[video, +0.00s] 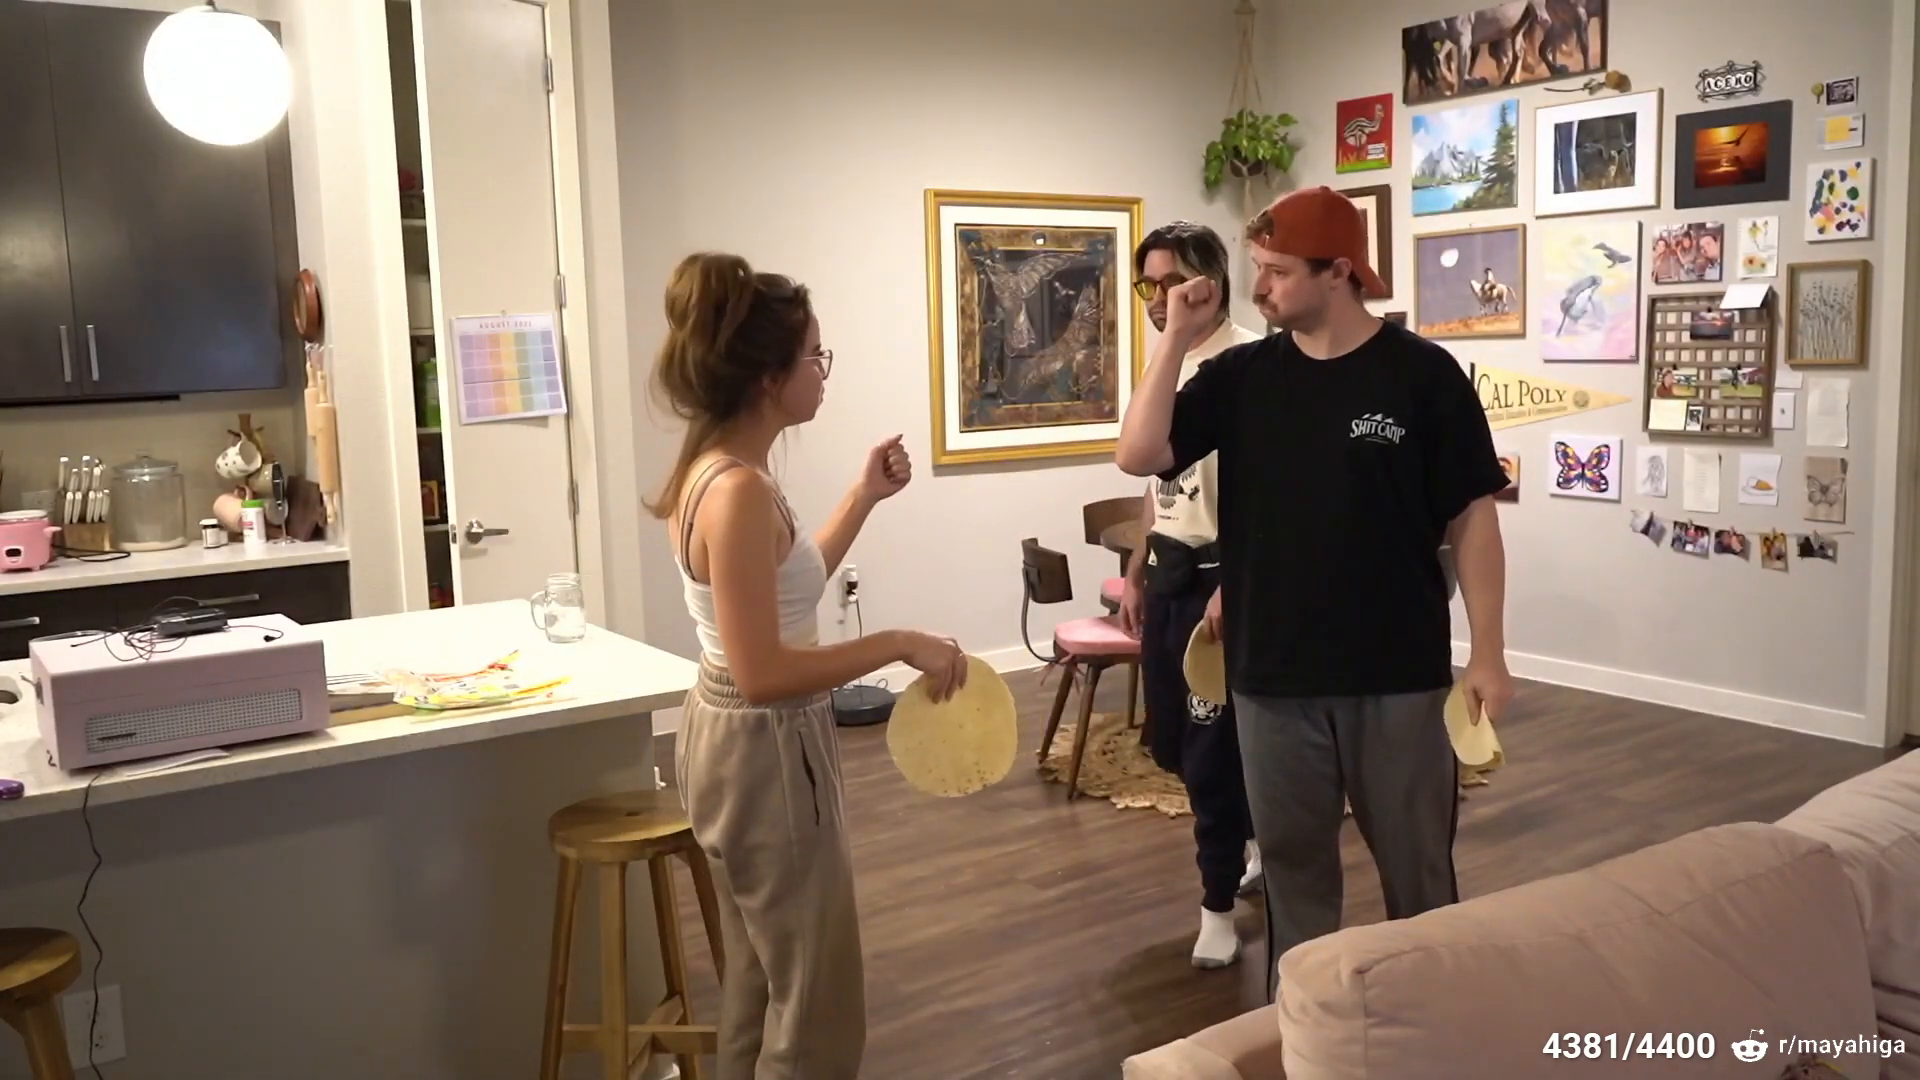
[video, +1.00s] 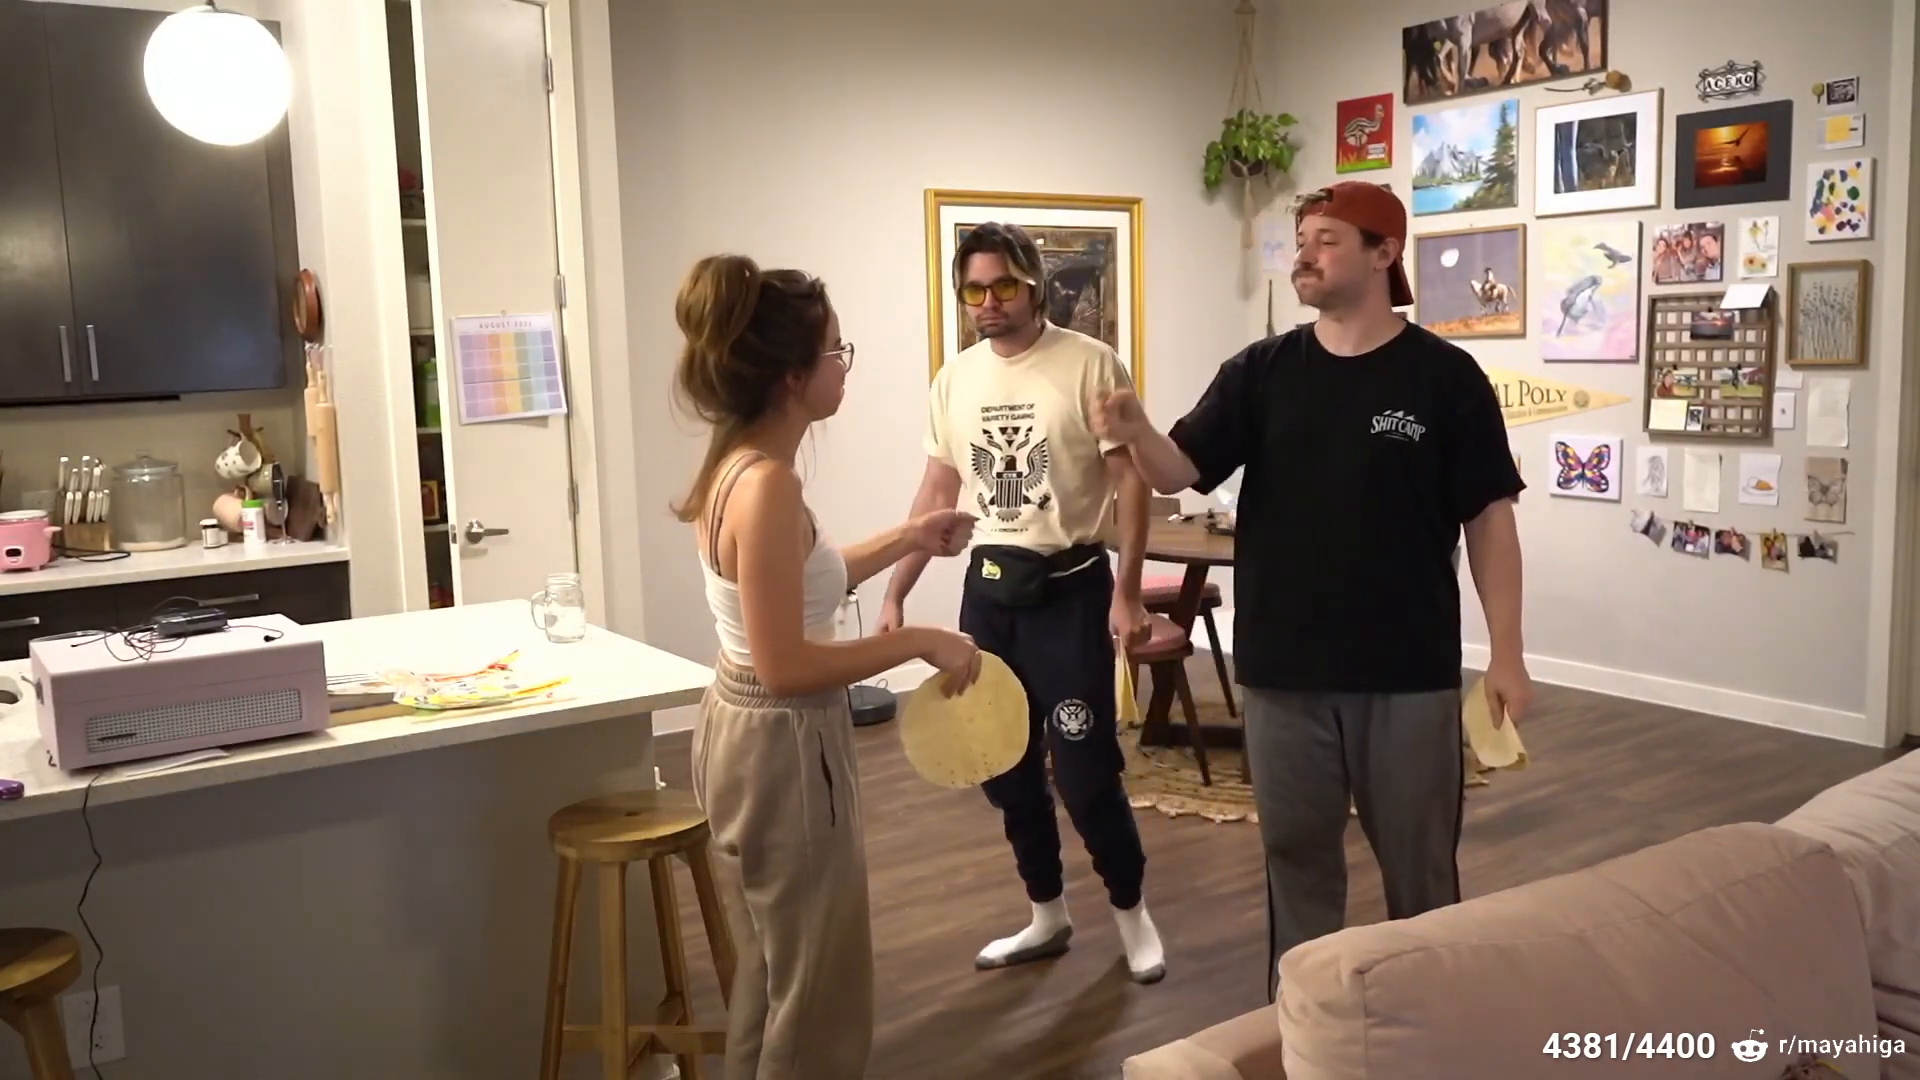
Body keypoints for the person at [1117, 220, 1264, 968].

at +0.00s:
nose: (1155, 298)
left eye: (1168, 284)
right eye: (1149, 286)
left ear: (1209, 286)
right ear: (1147, 292)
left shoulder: (1248, 365)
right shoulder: (1162, 368)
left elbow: (1260, 489)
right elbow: (1154, 485)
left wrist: (1232, 588)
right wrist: (1135, 573)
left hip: (1224, 576)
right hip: (1167, 571)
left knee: (1213, 749)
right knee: (1168, 738)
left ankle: (1218, 904)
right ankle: (1253, 835)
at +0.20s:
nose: (1140, 293)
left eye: (1155, 278)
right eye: (1132, 281)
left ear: (1197, 279)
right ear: (1129, 287)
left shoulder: (1239, 360)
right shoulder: (1150, 365)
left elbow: (1257, 487)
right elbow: (1144, 480)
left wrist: (1235, 598)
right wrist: (1099, 558)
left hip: (1212, 581)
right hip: (1144, 578)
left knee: (1210, 755)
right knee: (1112, 741)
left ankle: (1220, 907)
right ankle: (1191, 855)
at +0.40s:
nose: (1114, 293)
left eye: (1130, 280)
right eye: (1106, 282)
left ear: (1172, 281)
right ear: (1101, 289)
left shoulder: (1218, 362)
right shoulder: (1106, 368)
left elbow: (1248, 492)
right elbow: (1112, 482)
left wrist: (1222, 598)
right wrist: (1069, 571)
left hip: (1195, 587)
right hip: (1118, 586)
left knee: (1202, 761)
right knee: (1079, 751)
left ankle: (1218, 912)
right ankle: (1069, 904)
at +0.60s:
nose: (1077, 295)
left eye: (1093, 282)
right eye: (1067, 284)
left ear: (1129, 286)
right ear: (1057, 292)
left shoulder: (1170, 361)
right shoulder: (1051, 375)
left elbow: (1214, 476)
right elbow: (1050, 488)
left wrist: (1203, 594)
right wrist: (1031, 592)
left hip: (1153, 588)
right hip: (1070, 587)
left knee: (1174, 759)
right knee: (1049, 765)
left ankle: (1211, 911)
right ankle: (1053, 917)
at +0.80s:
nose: (1022, 296)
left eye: (1037, 282)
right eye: (1010, 285)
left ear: (1071, 283)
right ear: (1001, 291)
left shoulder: (1125, 364)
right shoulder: (994, 377)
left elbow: (1166, 472)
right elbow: (989, 490)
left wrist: (1167, 591)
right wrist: (961, 593)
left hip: (1103, 593)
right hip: (1019, 592)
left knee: (1131, 767)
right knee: (1023, 765)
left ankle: (1195, 902)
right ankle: (1050, 915)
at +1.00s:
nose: (988, 303)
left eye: (1002, 288)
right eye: (974, 291)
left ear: (1035, 286)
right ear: (962, 295)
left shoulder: (1091, 364)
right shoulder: (957, 376)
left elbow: (1131, 478)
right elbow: (936, 492)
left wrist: (1127, 593)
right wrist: (894, 597)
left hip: (1072, 586)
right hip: (989, 588)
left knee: (1084, 772)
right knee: (1007, 763)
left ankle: (1130, 914)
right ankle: (1048, 916)